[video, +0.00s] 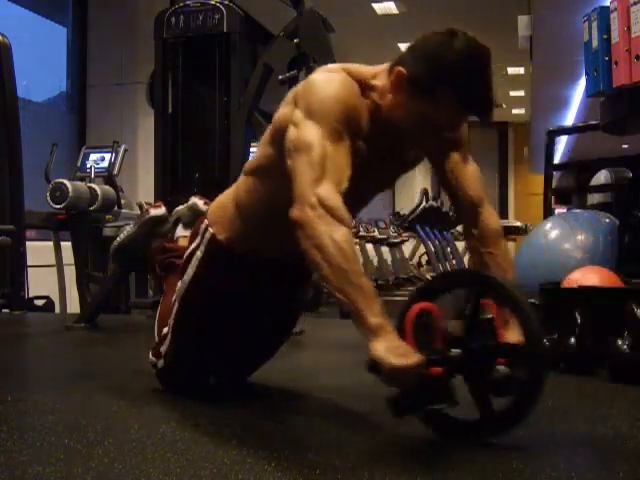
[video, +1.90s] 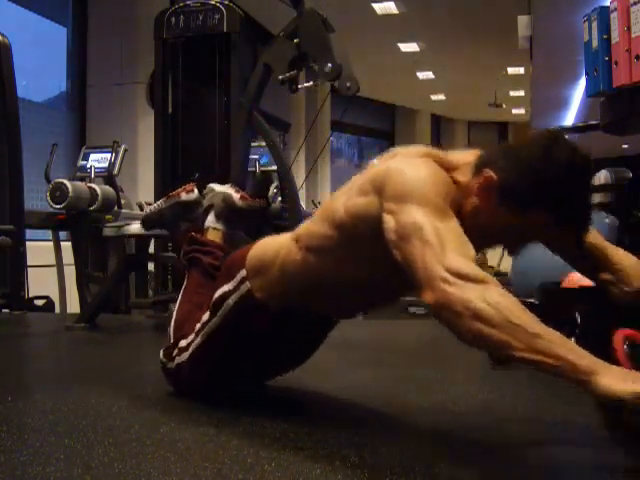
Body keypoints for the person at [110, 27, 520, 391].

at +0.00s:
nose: (438, 142)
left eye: (447, 131)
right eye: (432, 125)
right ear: (395, 86)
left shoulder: (438, 118)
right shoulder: (329, 93)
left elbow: (479, 220)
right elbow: (314, 213)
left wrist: (509, 316)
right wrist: (379, 332)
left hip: (290, 267)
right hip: (229, 253)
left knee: (228, 376)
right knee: (177, 374)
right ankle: (169, 252)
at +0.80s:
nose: (436, 173)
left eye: (449, 161)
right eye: (433, 155)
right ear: (400, 112)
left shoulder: (437, 131)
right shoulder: (332, 113)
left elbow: (494, 222)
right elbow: (332, 233)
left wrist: (548, 312)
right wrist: (417, 344)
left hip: (288, 270)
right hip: (227, 260)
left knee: (228, 377)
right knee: (177, 377)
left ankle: (197, 234)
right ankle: (167, 249)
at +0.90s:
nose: (453, 192)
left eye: (464, 184)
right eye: (453, 179)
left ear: (477, 161)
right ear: (424, 136)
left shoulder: (457, 153)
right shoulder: (351, 131)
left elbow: (528, 237)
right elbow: (366, 254)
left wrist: (594, 316)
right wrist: (469, 359)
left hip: (296, 281)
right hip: (235, 272)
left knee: (228, 377)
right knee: (177, 375)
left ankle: (203, 240)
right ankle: (173, 252)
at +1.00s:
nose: (475, 220)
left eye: (488, 214)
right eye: (476, 208)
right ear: (452, 167)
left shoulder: (467, 166)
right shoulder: (376, 156)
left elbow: (547, 240)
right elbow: (404, 279)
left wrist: (608, 297)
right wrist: (522, 374)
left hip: (300, 296)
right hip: (244, 283)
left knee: (231, 375)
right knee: (180, 375)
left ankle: (206, 243)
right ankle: (182, 257)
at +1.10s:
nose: (495, 254)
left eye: (509, 248)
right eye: (499, 241)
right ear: (473, 199)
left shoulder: (490, 183)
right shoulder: (401, 181)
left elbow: (583, 261)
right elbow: (446, 303)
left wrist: (638, 300)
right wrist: (581, 387)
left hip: (309, 302)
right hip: (256, 292)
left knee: (239, 377)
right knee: (180, 372)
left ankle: (215, 263)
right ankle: (182, 259)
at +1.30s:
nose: (547, 302)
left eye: (562, 295)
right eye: (551, 291)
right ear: (520, 247)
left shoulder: (522, 214)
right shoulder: (447, 229)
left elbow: (617, 284)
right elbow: (515, 336)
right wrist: (636, 386)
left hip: (319, 318)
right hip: (275, 310)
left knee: (244, 375)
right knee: (184, 367)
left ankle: (219, 259)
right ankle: (198, 253)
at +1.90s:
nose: (510, 248)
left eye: (523, 241)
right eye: (514, 234)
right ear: (488, 191)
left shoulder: (502, 187)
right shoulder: (412, 179)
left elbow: (608, 261)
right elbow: (458, 295)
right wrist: (600, 373)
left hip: (311, 311)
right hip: (258, 300)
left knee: (237, 375)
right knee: (184, 372)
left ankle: (237, 256)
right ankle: (200, 262)